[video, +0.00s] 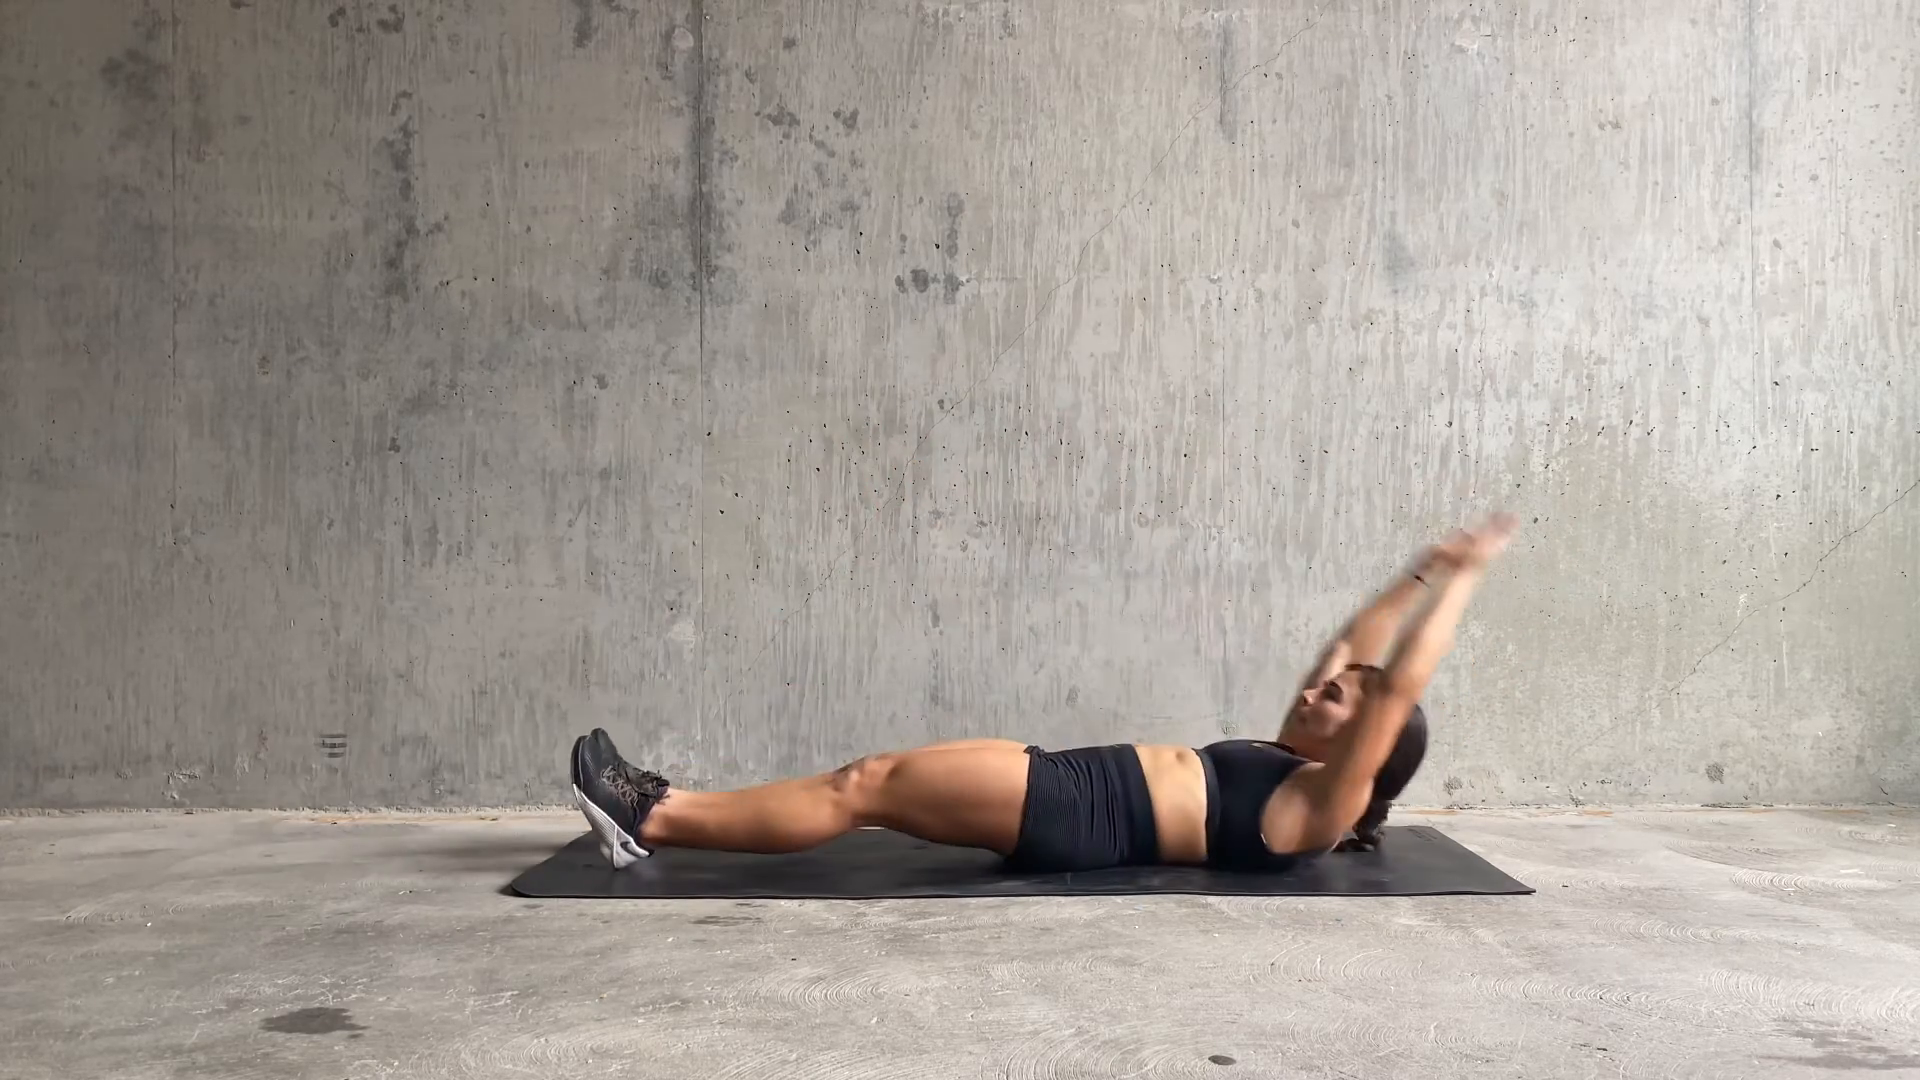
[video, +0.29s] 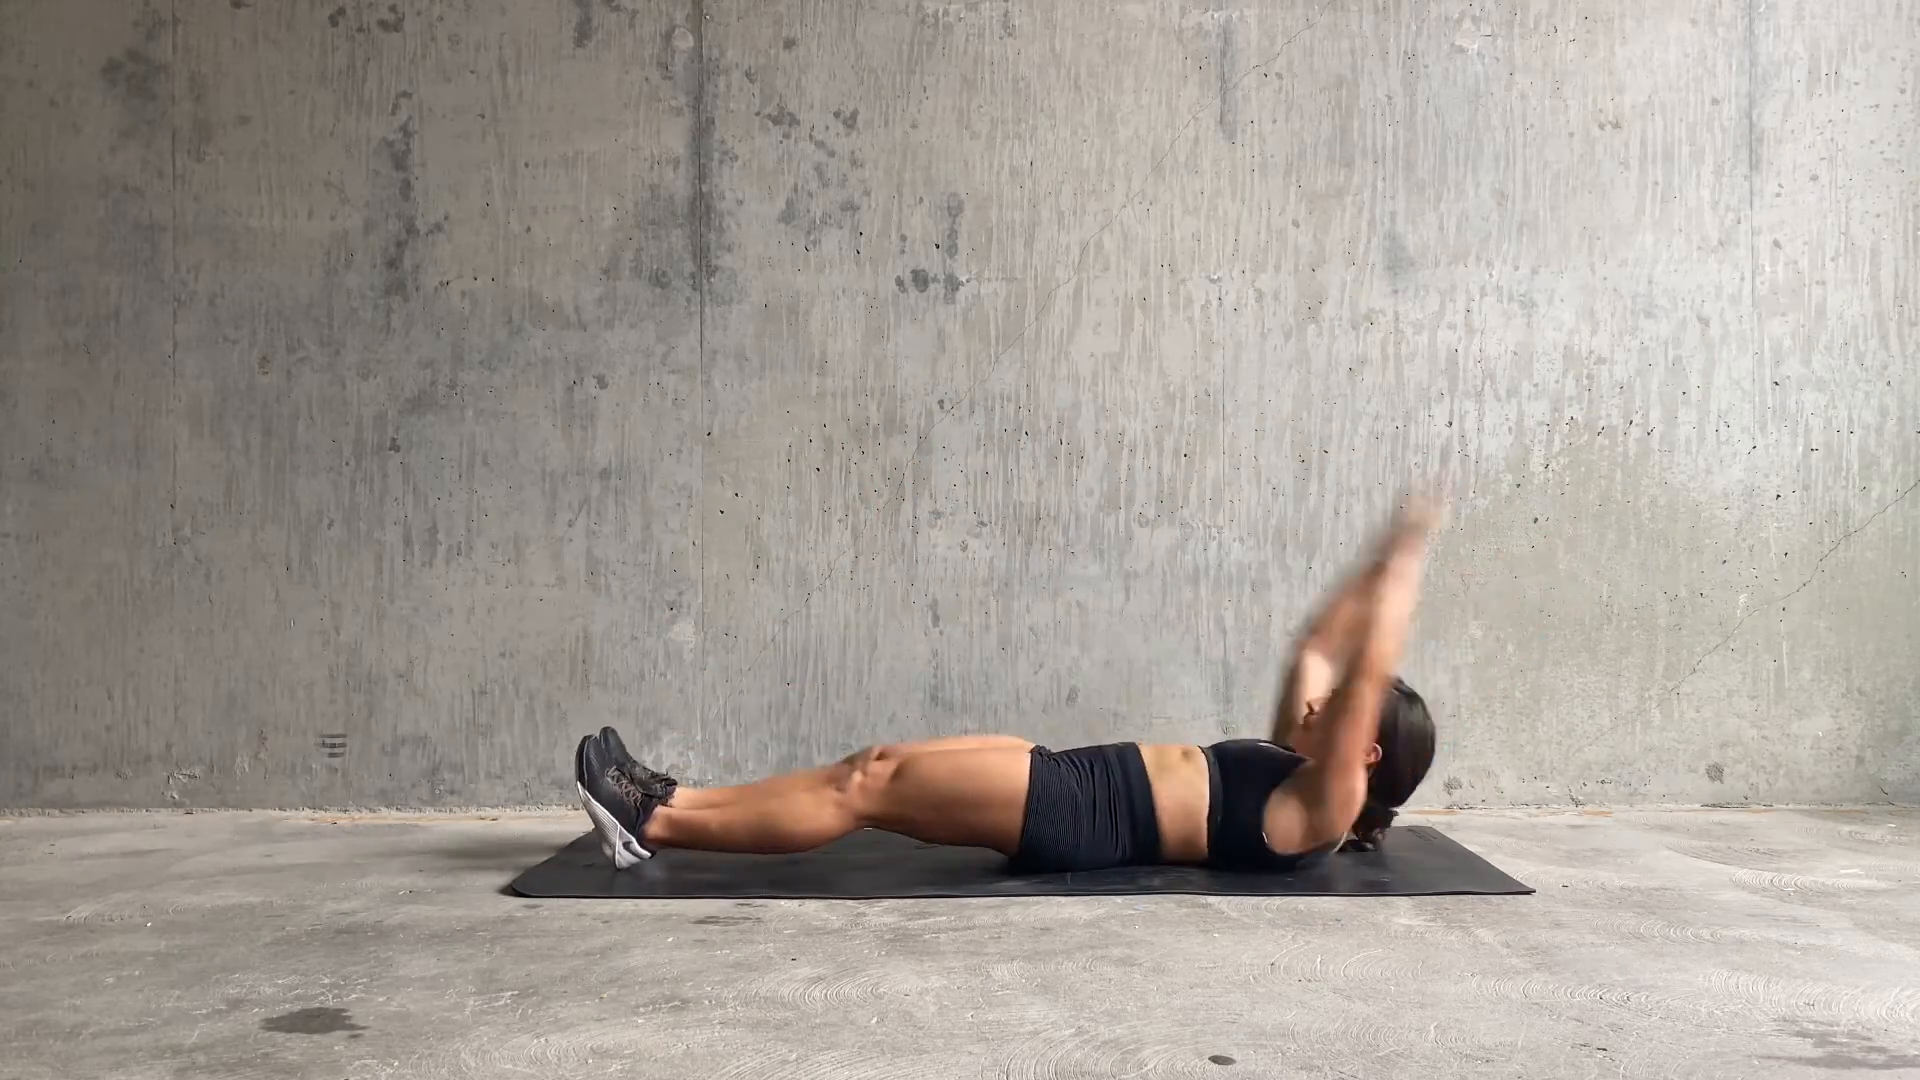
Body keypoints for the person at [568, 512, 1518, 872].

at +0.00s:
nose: (1315, 696)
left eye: (1339, 695)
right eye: (1326, 681)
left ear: (1369, 729)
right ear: (1319, 693)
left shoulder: (1321, 807)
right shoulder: (1297, 773)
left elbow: (1399, 689)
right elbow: (1353, 657)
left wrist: (1457, 581)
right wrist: (1419, 573)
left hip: (1087, 807)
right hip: (1082, 781)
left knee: (873, 787)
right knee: (877, 777)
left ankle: (656, 822)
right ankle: (671, 814)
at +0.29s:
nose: (1338, 701)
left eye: (1356, 702)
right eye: (1346, 696)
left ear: (1372, 748)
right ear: (1361, 744)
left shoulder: (1326, 809)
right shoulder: (1304, 775)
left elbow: (1369, 665)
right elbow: (1318, 654)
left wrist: (1408, 549)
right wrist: (1387, 557)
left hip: (1082, 807)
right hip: (1082, 777)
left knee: (871, 784)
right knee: (873, 768)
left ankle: (658, 822)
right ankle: (671, 810)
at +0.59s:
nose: (1197, 599)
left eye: (1214, 592)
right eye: (1206, 588)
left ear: (1251, 621)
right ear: (1251, 621)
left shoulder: (1220, 682)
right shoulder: (1232, 683)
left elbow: (1080, 622)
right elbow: (1076, 656)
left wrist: (962, 547)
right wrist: (965, 604)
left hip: (1065, 811)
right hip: (1060, 773)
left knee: (848, 772)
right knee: (922, 639)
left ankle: (634, 825)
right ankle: (754, 530)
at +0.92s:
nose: (1163, 548)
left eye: (1180, 541)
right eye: (1174, 535)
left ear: (1216, 571)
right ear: (1218, 577)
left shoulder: (1181, 643)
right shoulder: (1194, 641)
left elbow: (1057, 580)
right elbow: (1043, 625)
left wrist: (945, 496)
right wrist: (946, 575)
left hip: (1060, 812)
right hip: (1062, 780)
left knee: (843, 779)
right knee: (957, 617)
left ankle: (630, 822)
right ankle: (807, 487)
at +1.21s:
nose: (1271, 662)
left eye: (1289, 658)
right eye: (1282, 649)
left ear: (1324, 694)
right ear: (1319, 689)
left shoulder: (1291, 756)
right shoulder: (1272, 736)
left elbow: (1229, 615)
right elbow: (1203, 620)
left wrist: (1201, 492)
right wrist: (1188, 498)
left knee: (862, 789)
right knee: (871, 720)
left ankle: (641, 829)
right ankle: (670, 708)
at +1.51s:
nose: (1336, 698)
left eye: (1356, 702)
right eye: (1350, 691)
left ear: (1373, 750)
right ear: (1344, 728)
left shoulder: (1322, 814)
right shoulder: (1308, 784)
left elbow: (1435, 714)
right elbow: (1428, 712)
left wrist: (1531, 646)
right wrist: (1517, 649)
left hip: (1087, 806)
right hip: (1086, 782)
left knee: (870, 789)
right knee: (871, 776)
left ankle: (652, 842)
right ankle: (666, 809)